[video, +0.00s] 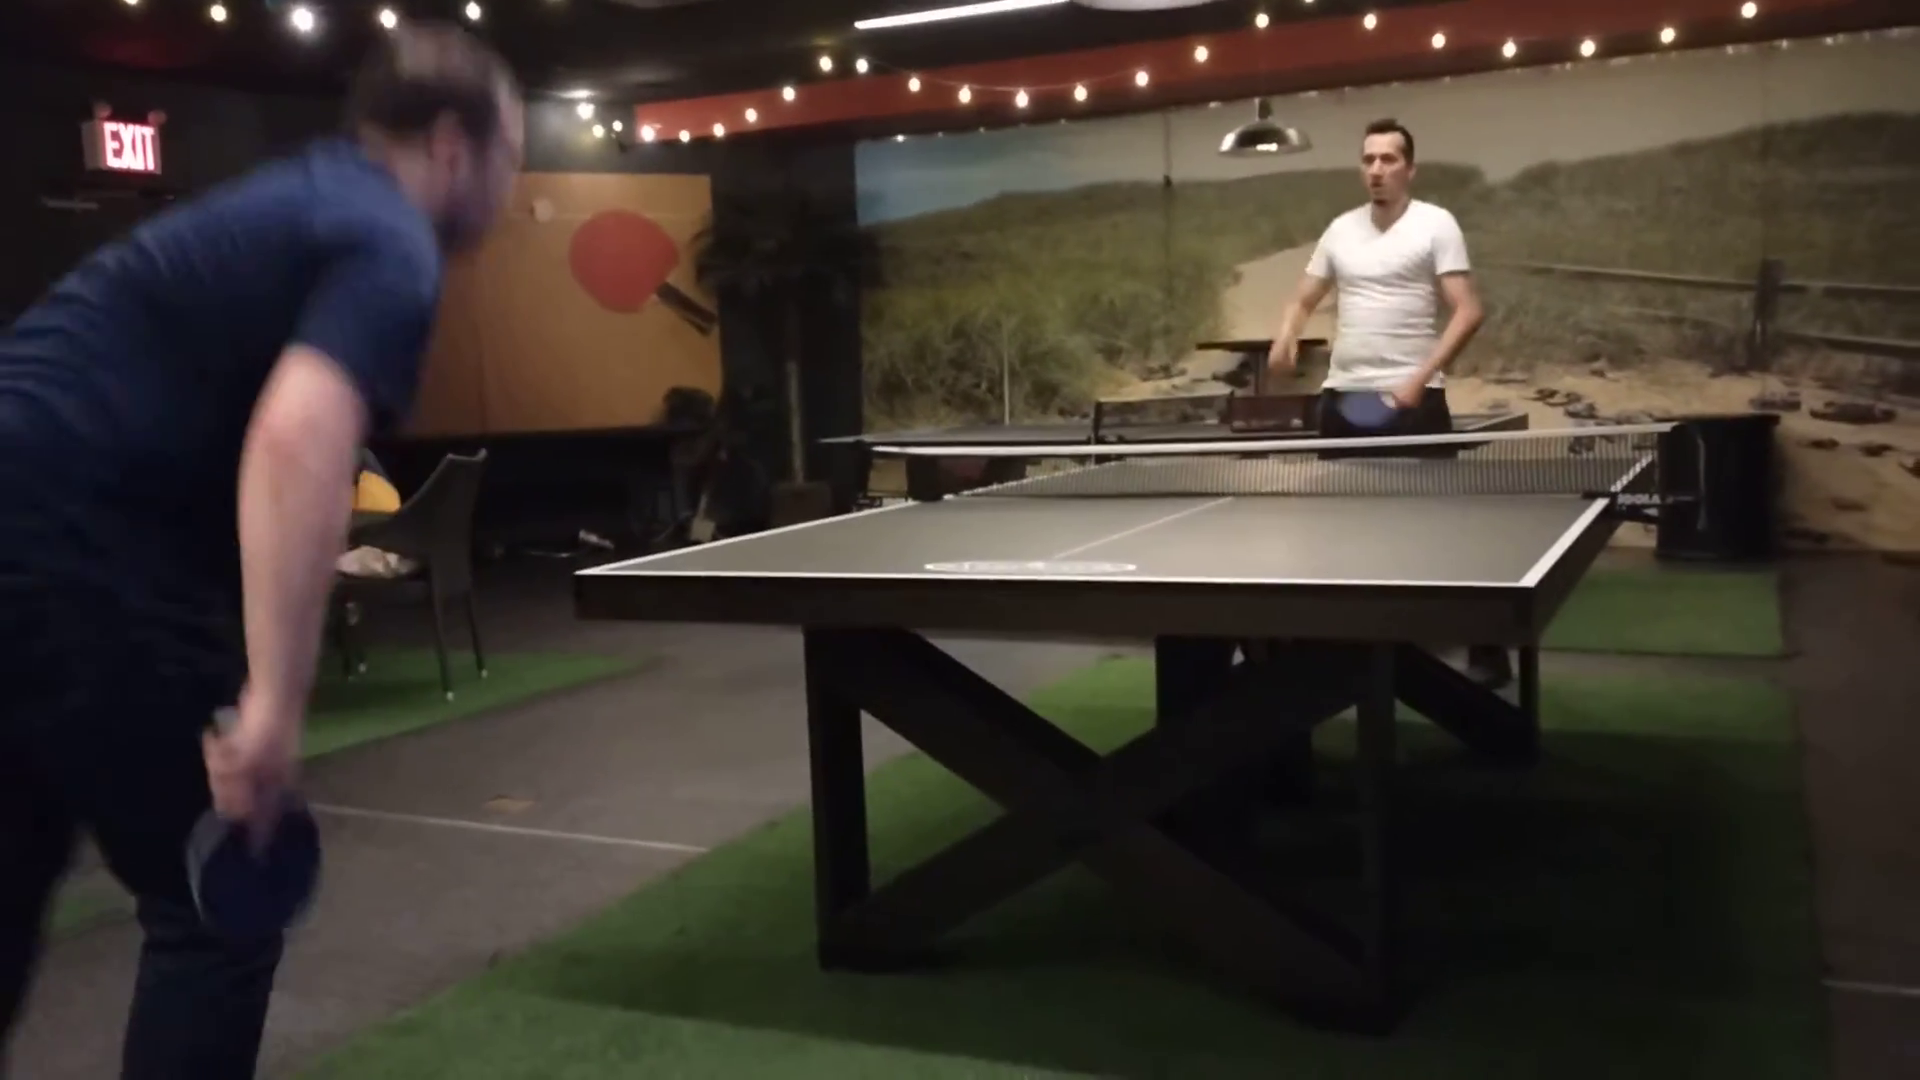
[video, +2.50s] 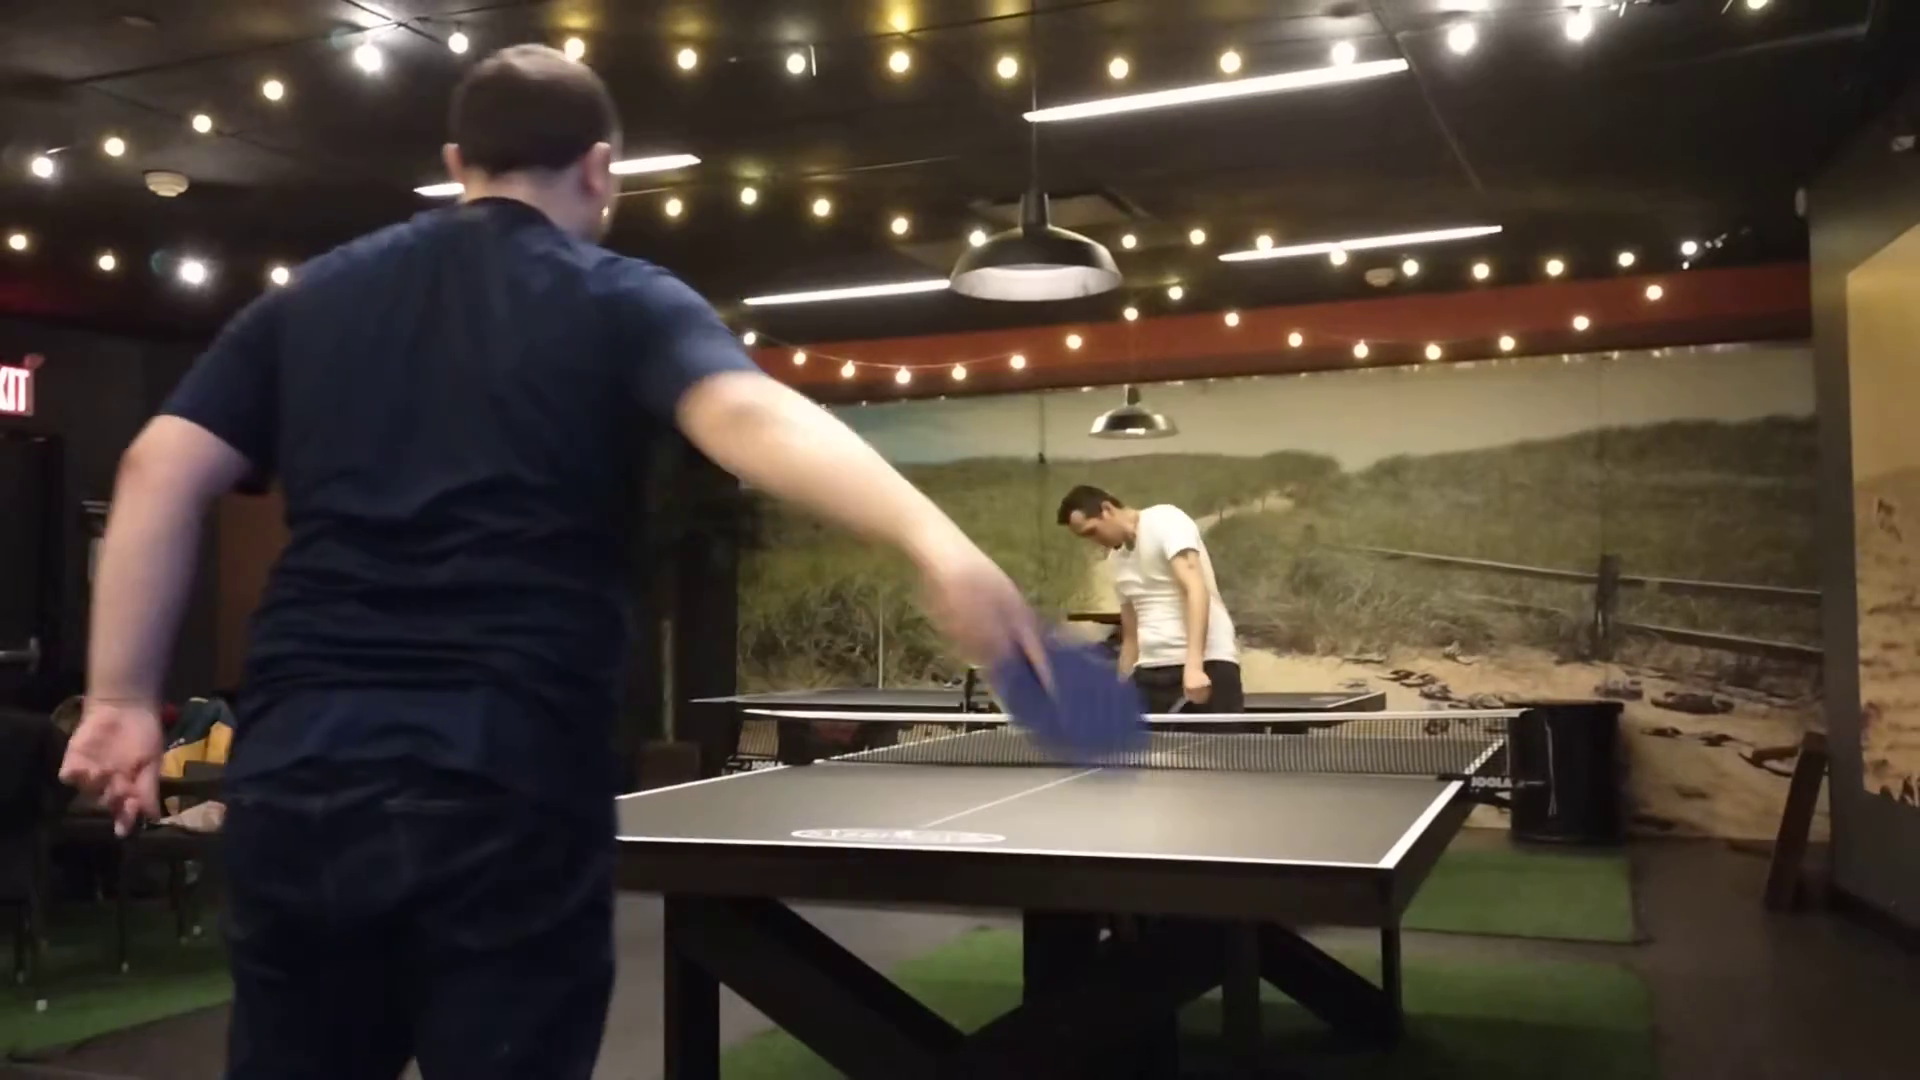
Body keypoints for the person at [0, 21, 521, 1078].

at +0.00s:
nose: (508, 191)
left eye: (513, 163)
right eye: (508, 159)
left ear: (383, 126)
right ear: (451, 145)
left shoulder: (294, 192)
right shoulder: (386, 236)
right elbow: (295, 437)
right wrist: (272, 695)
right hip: (64, 559)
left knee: (25, 853)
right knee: (230, 871)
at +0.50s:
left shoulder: (525, 125)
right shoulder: (339, 32)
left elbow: (584, 356)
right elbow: (191, 201)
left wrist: (677, 527)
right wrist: (119, 420)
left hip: (454, 556)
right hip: (289, 541)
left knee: (547, 787)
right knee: (263, 848)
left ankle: (596, 1066)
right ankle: (172, 1066)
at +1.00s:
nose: (737, 15)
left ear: (669, 25)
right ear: (613, 9)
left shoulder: (736, 200)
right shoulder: (520, 119)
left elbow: (852, 338)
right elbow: (335, 187)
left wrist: (998, 341)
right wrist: (113, 222)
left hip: (659, 600)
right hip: (530, 584)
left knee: (608, 898)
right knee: (650, 897)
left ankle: (565, 1068)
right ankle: (566, 1076)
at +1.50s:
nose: (781, 208)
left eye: (783, 183)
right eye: (772, 178)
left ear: (672, 164)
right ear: (694, 164)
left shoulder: (557, 269)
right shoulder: (688, 248)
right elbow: (835, 431)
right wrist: (1071, 561)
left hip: (509, 751)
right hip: (613, 760)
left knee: (550, 1056)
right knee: (654, 1057)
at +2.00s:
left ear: (589, 126)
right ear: (738, 164)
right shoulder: (780, 274)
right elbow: (618, 375)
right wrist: (367, 431)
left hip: (441, 779)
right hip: (661, 791)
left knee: (403, 1062)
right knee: (640, 1060)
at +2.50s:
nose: (612, 198)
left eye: (610, 179)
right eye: (613, 179)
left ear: (455, 167)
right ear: (595, 172)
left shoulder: (307, 296)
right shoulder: (617, 296)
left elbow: (164, 467)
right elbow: (747, 417)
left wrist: (120, 694)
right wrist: (937, 543)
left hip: (294, 778)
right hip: (513, 789)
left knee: (294, 1060)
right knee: (511, 1060)